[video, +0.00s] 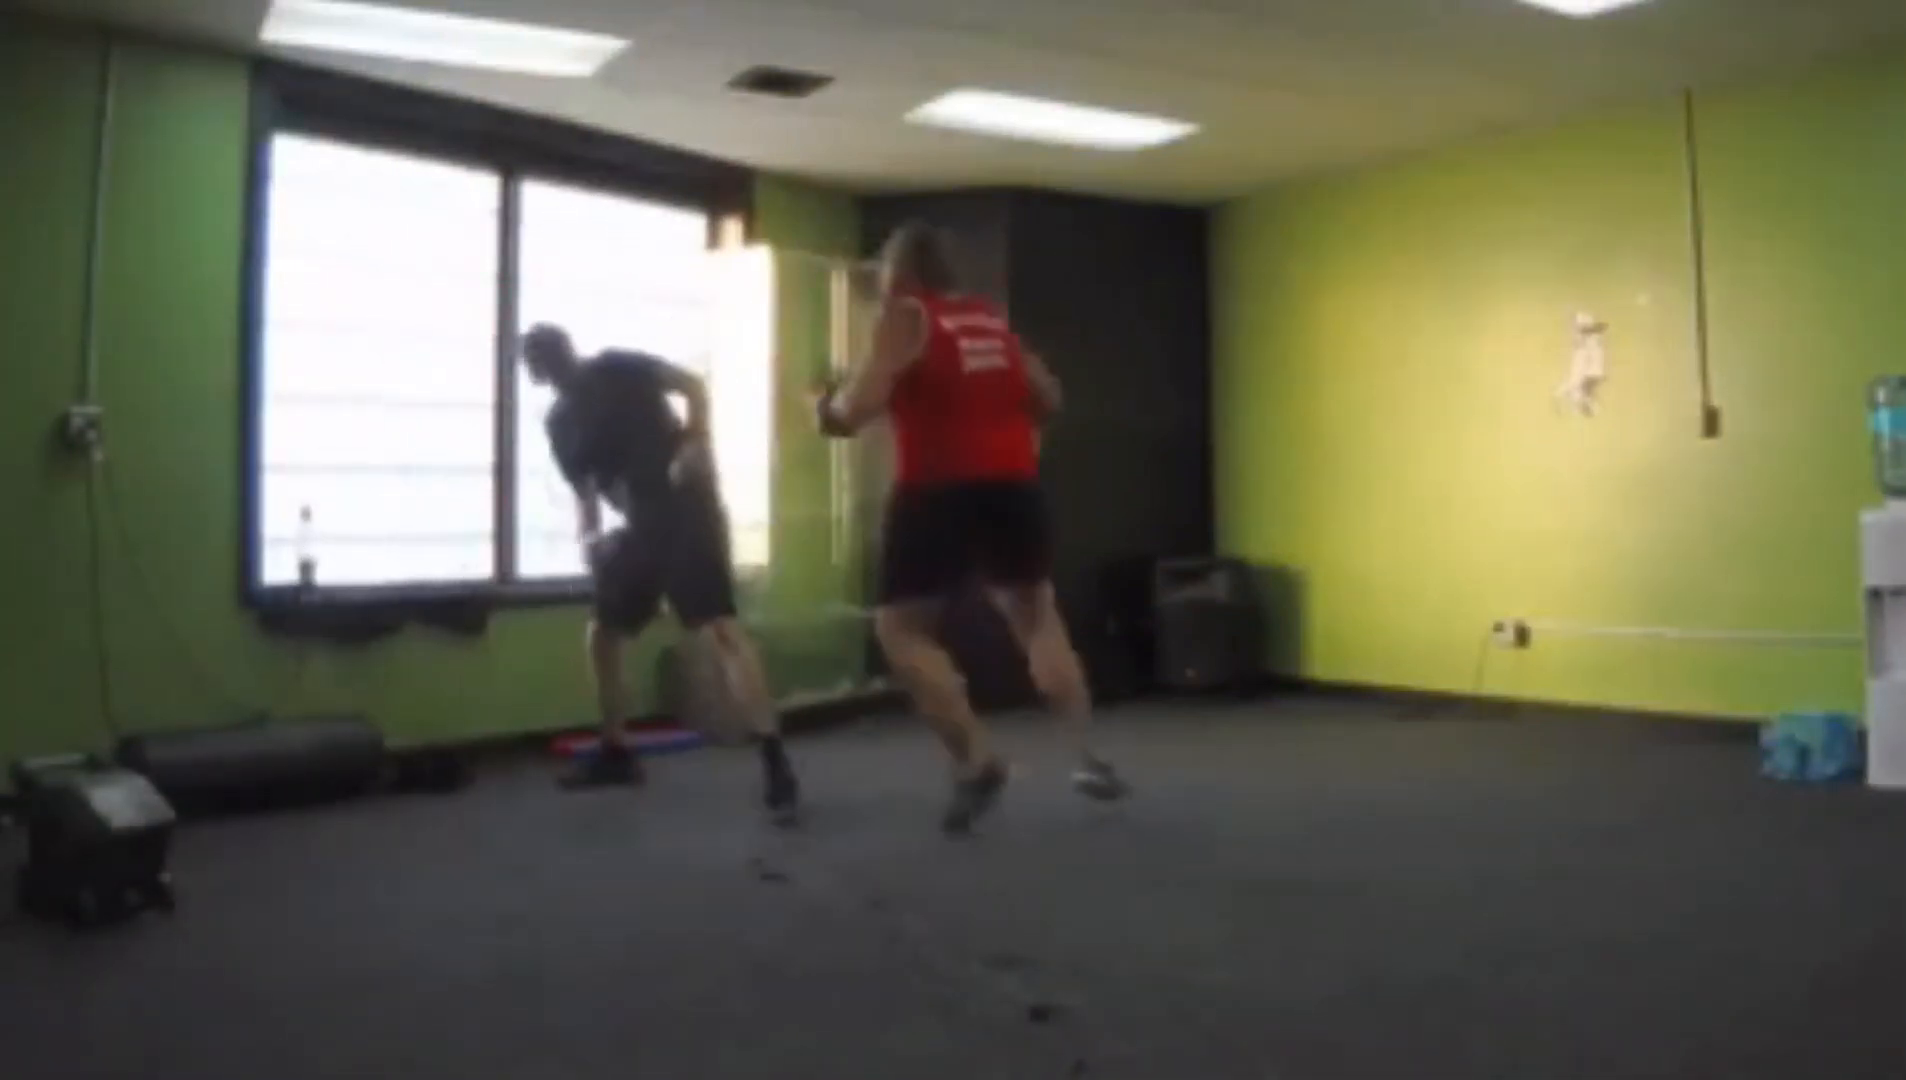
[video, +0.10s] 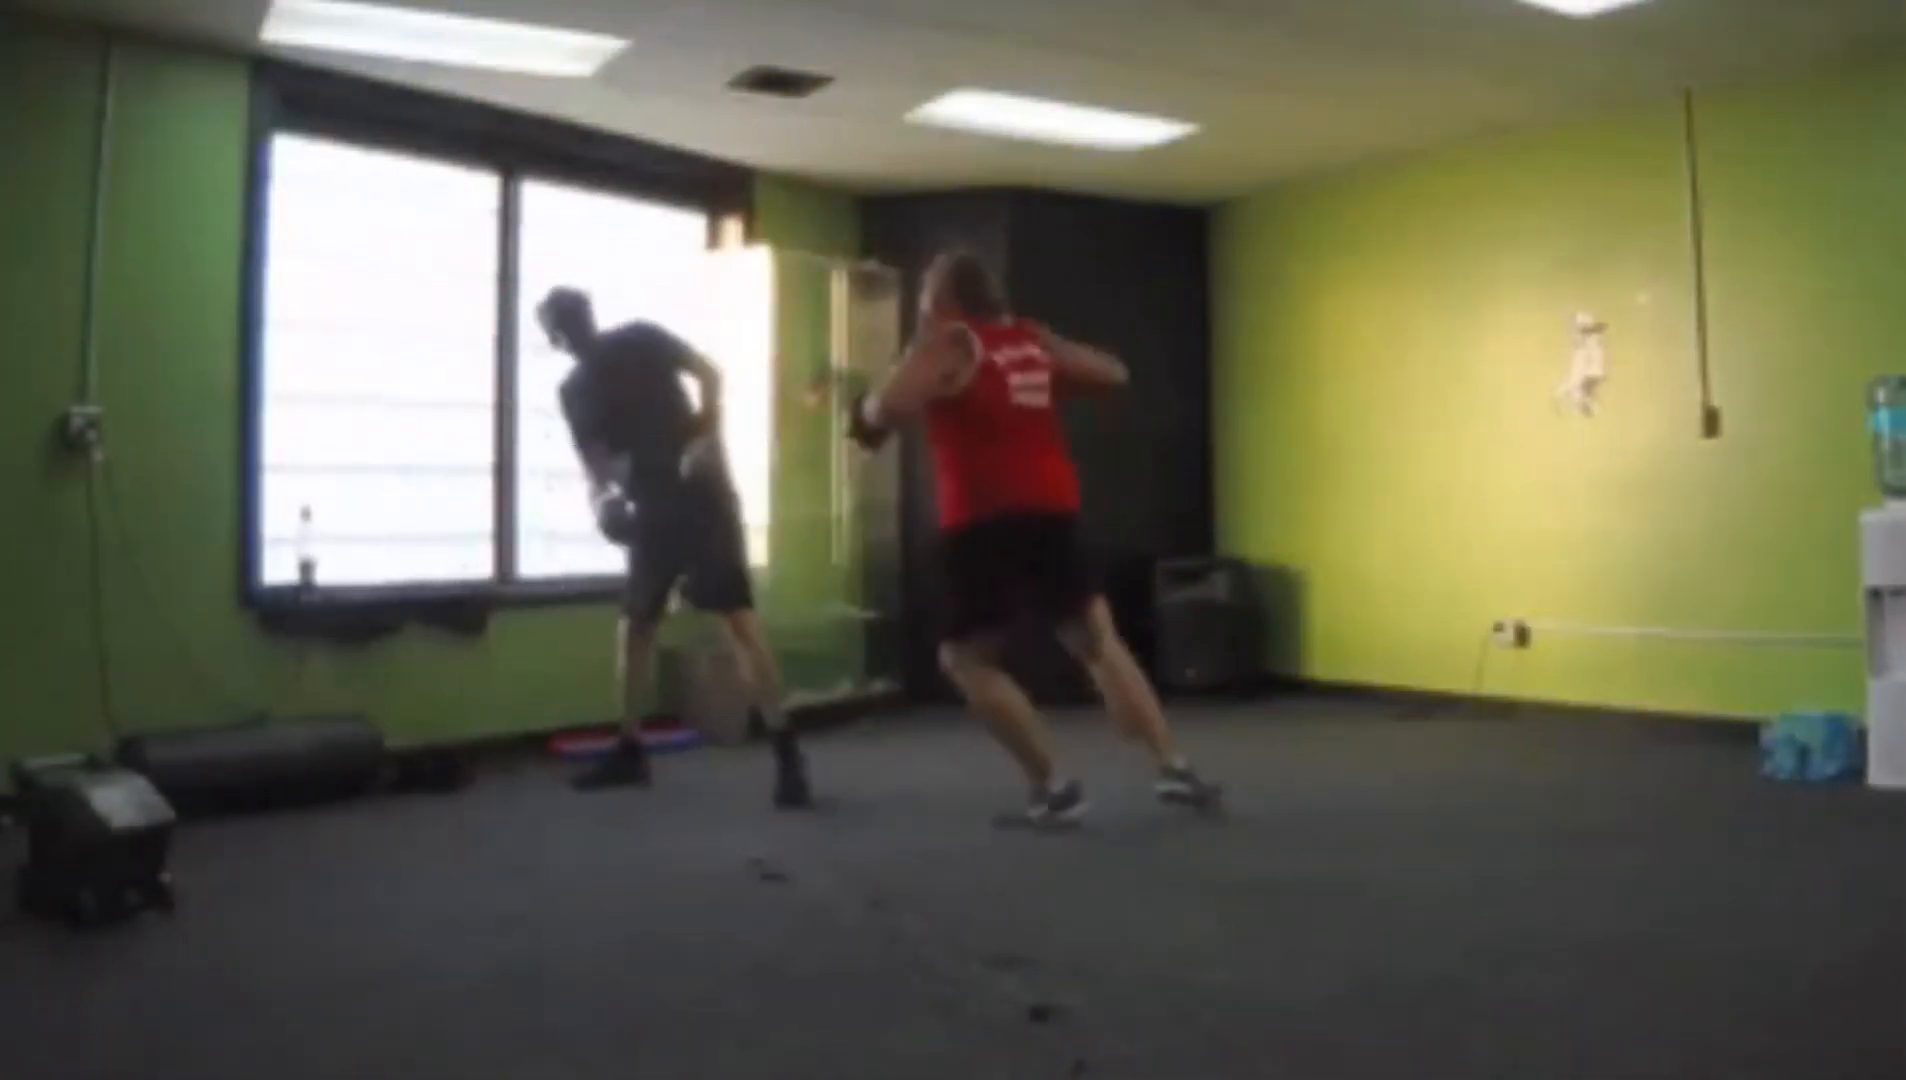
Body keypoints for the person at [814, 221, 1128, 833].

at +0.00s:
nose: (881, 283)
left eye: (884, 273)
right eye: (881, 273)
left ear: (900, 273)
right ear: (945, 270)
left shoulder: (905, 315)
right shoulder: (990, 316)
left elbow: (870, 397)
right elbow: (1047, 394)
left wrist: (835, 413)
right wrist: (1015, 428)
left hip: (936, 493)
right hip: (1012, 488)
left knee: (901, 627)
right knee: (1038, 617)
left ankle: (976, 761)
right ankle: (1087, 753)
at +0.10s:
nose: (922, 307)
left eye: (926, 295)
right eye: (924, 295)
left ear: (945, 299)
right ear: (987, 295)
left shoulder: (950, 343)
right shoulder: (1029, 338)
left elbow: (883, 409)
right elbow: (1110, 371)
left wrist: (869, 424)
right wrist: (1049, 355)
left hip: (983, 524)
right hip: (1056, 516)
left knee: (965, 657)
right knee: (1099, 641)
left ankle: (1053, 784)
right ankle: (1171, 766)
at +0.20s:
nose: (960, 346)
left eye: (966, 335)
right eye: (962, 334)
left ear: (986, 341)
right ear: (1025, 338)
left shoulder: (979, 390)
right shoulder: (1065, 375)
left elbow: (939, 444)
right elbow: (1151, 374)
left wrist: (917, 439)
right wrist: (1077, 370)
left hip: (1019, 564)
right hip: (1095, 556)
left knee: (953, 655)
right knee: (1139, 665)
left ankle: (1034, 768)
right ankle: (1197, 790)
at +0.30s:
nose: (974, 357)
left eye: (980, 346)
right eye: (976, 346)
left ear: (999, 351)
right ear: (1039, 349)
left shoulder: (992, 404)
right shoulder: (1080, 394)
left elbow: (991, 485)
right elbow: (1161, 432)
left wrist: (940, 509)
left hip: (1016, 572)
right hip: (1096, 568)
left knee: (930, 635)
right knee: (1144, 660)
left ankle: (987, 758)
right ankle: (1197, 786)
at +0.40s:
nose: (965, 348)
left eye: (970, 337)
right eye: (967, 337)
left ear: (987, 343)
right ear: (1031, 343)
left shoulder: (970, 393)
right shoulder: (1067, 392)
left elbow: (923, 457)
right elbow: (1121, 466)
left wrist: (901, 449)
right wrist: (1116, 520)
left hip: (994, 568)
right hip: (1074, 566)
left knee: (912, 631)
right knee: (1127, 665)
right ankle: (1194, 784)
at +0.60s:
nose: (905, 338)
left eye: (909, 331)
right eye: (910, 332)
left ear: (919, 339)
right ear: (969, 340)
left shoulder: (896, 374)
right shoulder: (998, 381)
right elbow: (1062, 438)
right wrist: (1033, 467)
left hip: (931, 554)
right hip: (1014, 552)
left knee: (874, 647)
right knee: (1065, 636)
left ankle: (863, 773)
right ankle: (1123, 750)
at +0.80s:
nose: (885, 330)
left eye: (890, 320)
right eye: (887, 319)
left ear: (903, 324)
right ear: (944, 325)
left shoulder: (888, 374)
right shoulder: (976, 372)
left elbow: (836, 450)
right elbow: (1019, 436)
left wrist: (779, 457)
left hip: (908, 532)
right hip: (983, 532)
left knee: (842, 633)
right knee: (994, 649)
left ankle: (845, 767)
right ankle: (1043, 767)